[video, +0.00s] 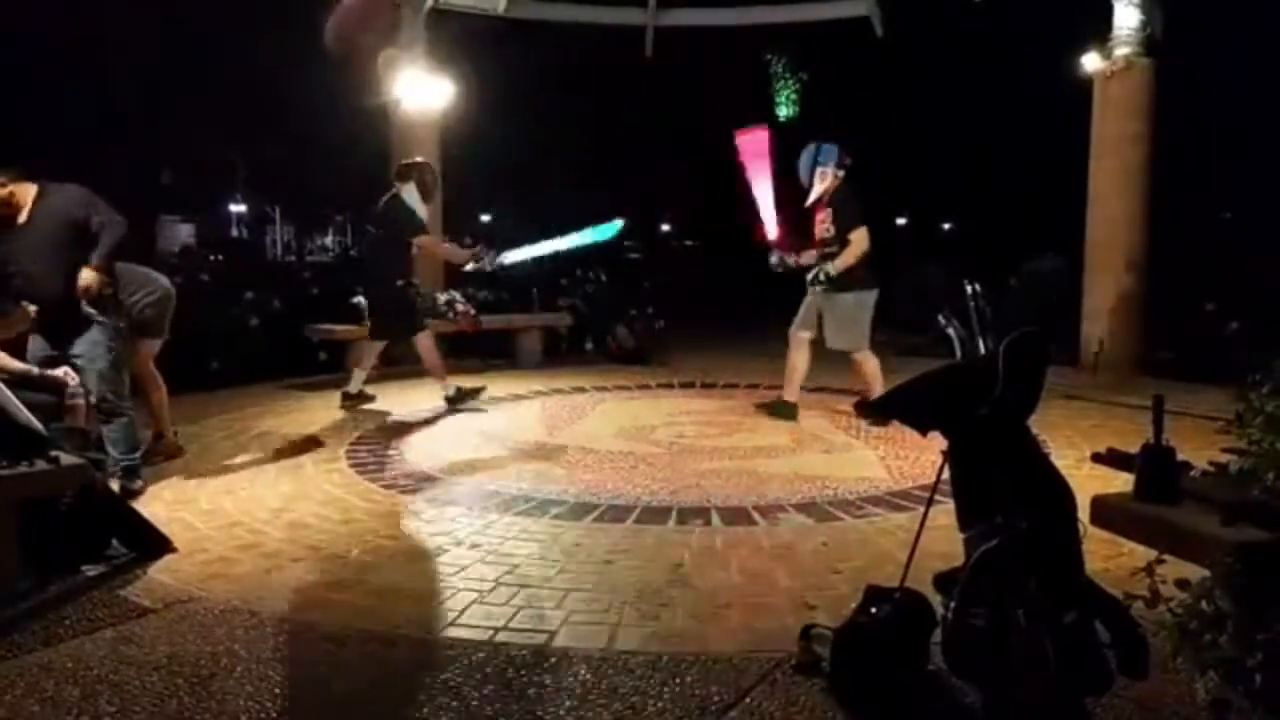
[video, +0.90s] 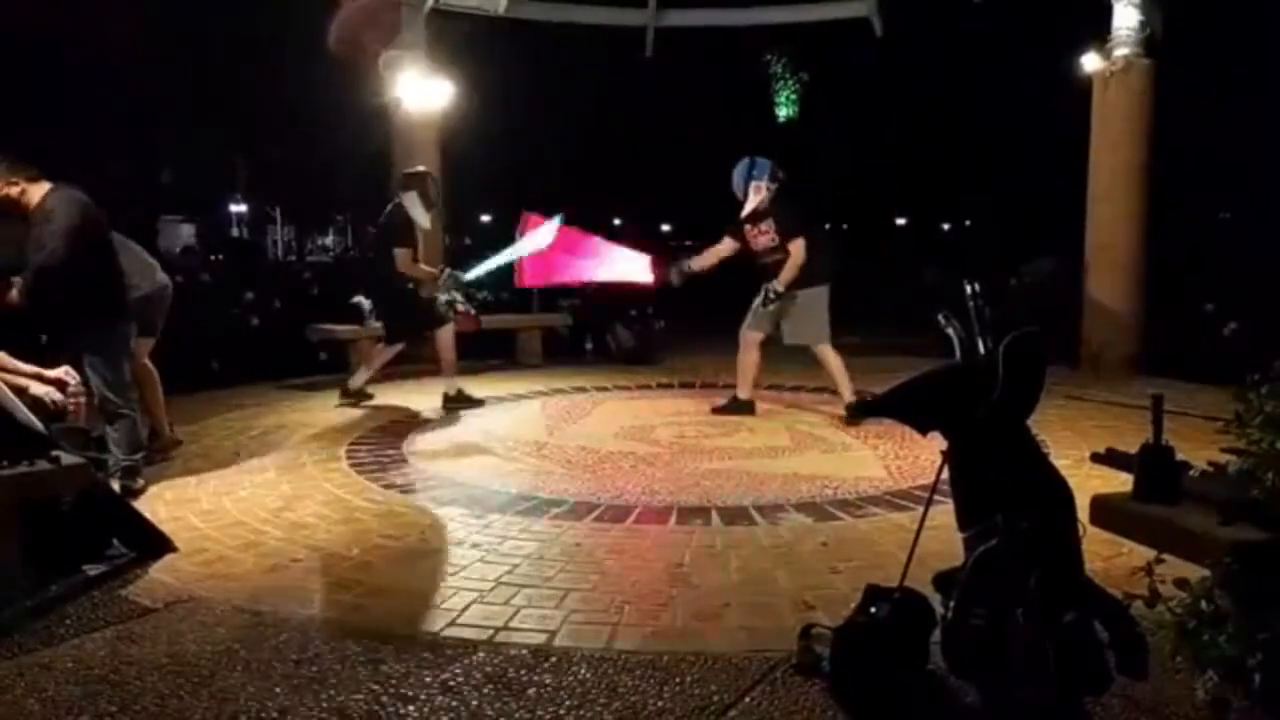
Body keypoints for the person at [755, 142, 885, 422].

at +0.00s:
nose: (817, 182)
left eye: (821, 175)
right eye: (815, 175)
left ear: (832, 173)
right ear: (813, 174)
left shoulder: (845, 200)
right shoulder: (821, 203)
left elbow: (861, 242)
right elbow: (826, 249)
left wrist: (831, 268)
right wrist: (792, 260)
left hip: (854, 287)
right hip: (824, 285)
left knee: (857, 349)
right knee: (799, 335)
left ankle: (879, 401)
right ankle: (788, 400)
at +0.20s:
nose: (816, 181)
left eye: (821, 174)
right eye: (817, 174)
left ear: (833, 174)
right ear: (826, 174)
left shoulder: (848, 200)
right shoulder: (827, 202)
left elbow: (842, 247)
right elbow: (830, 251)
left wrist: (806, 250)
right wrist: (804, 269)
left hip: (853, 289)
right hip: (827, 285)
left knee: (857, 349)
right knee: (798, 333)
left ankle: (879, 402)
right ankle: (810, 397)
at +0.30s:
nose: (812, 183)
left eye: (815, 177)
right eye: (812, 177)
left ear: (827, 176)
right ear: (832, 176)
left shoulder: (839, 203)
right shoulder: (831, 202)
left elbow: (820, 247)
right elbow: (833, 250)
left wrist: (789, 232)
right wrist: (807, 267)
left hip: (850, 289)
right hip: (825, 286)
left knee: (855, 348)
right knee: (787, 325)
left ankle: (879, 399)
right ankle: (799, 391)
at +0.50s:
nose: (799, 185)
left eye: (802, 179)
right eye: (801, 179)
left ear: (813, 177)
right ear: (821, 176)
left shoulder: (824, 201)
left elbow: (796, 241)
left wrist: (781, 229)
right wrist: (793, 255)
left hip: (839, 289)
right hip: (813, 287)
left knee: (854, 347)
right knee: (782, 331)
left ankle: (879, 398)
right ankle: (762, 391)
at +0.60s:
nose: (769, 194)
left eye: (773, 188)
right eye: (771, 189)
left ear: (784, 188)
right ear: (788, 187)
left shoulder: (800, 212)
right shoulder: (781, 212)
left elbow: (797, 256)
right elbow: (779, 252)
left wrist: (776, 271)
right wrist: (764, 252)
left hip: (818, 295)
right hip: (789, 294)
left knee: (840, 349)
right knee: (761, 339)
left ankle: (876, 396)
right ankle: (743, 398)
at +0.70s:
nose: (755, 194)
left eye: (758, 188)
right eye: (756, 188)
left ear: (769, 185)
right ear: (765, 185)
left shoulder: (787, 210)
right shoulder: (759, 214)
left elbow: (799, 255)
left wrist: (777, 286)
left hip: (811, 289)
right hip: (780, 290)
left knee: (831, 345)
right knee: (751, 337)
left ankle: (869, 397)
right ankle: (743, 399)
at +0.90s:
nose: (754, 192)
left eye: (758, 186)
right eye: (750, 186)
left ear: (769, 187)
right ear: (745, 188)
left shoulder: (786, 212)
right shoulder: (745, 221)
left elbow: (798, 256)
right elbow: (720, 251)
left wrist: (778, 286)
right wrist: (688, 266)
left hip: (810, 284)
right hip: (774, 285)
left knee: (819, 344)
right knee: (749, 336)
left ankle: (851, 402)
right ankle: (742, 399)